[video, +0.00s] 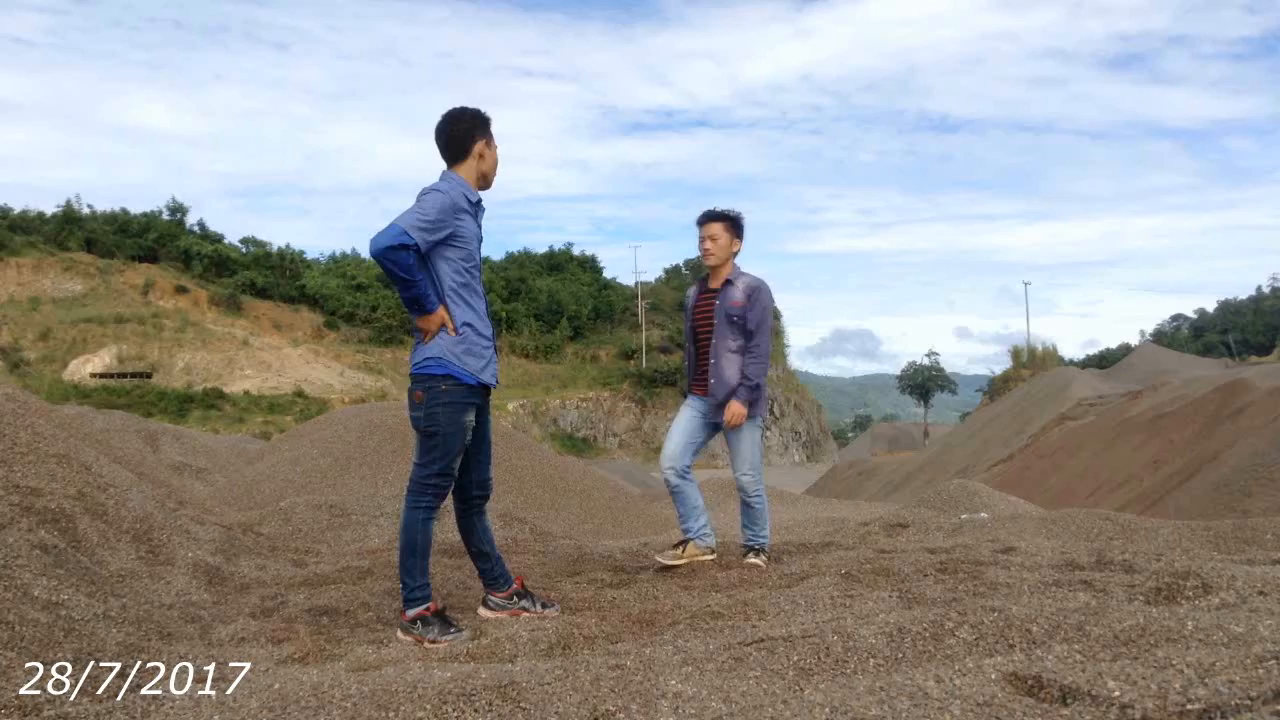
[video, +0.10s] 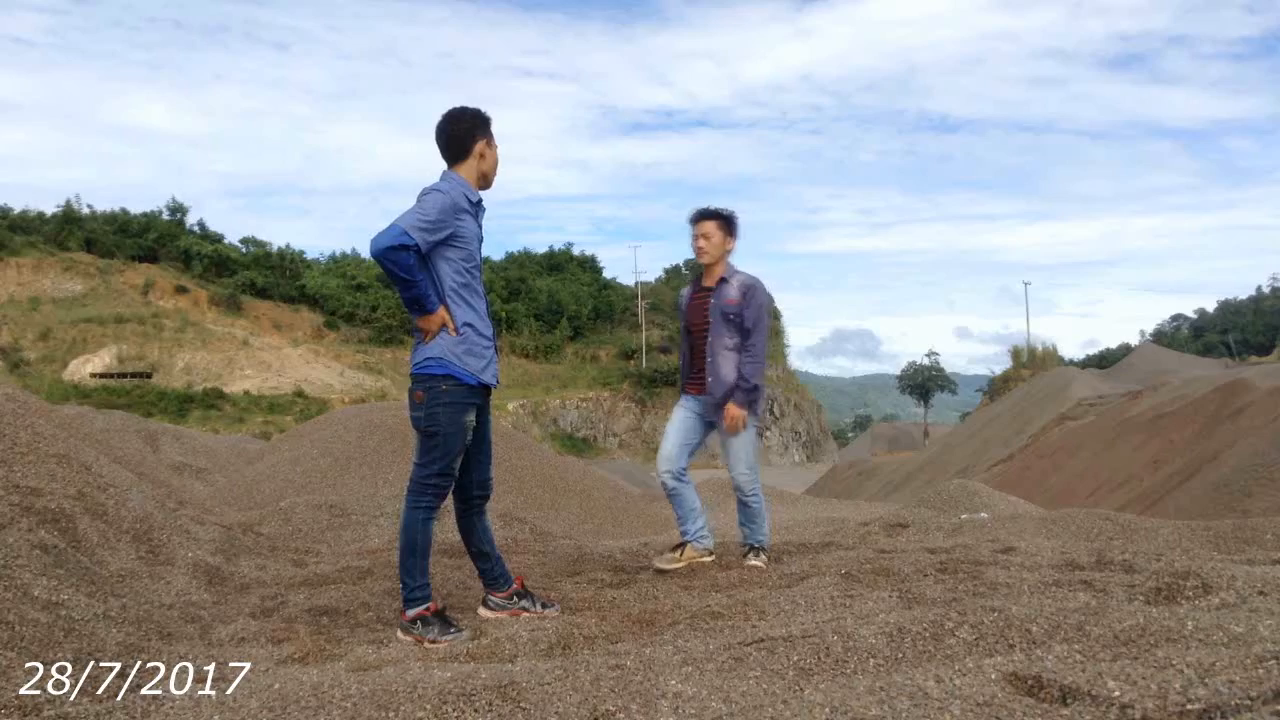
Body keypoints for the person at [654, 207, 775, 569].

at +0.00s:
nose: (705, 246)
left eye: (714, 239)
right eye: (702, 239)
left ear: (735, 244)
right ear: (699, 244)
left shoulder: (753, 290)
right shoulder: (694, 293)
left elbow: (760, 350)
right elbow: (692, 347)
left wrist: (743, 397)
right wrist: (694, 390)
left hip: (741, 400)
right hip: (700, 399)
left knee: (748, 479)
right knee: (672, 465)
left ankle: (756, 548)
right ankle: (699, 542)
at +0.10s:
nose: (699, 244)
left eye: (707, 238)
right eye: (696, 238)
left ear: (729, 242)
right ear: (693, 243)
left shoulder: (749, 289)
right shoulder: (688, 294)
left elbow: (756, 350)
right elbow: (689, 347)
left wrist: (741, 399)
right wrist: (688, 392)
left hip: (734, 400)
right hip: (694, 399)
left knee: (744, 480)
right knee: (669, 469)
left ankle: (756, 547)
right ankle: (698, 543)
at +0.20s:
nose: (691, 239)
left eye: (699, 232)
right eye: (687, 233)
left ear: (720, 236)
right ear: (683, 238)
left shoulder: (741, 282)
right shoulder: (681, 290)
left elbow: (752, 341)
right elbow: (679, 338)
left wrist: (742, 392)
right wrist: (677, 378)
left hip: (726, 394)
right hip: (686, 395)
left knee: (737, 473)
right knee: (671, 471)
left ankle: (755, 540)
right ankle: (696, 545)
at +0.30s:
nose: (685, 232)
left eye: (693, 224)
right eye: (680, 226)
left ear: (713, 228)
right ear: (676, 232)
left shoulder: (734, 273)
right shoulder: (672, 282)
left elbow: (748, 331)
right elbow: (664, 339)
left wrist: (743, 380)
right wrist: (659, 390)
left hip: (724, 387)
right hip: (681, 389)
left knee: (732, 462)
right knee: (680, 468)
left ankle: (747, 529)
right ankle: (694, 545)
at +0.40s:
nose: (681, 229)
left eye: (689, 222)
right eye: (676, 223)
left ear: (709, 225)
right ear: (672, 228)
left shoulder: (731, 269)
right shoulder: (666, 277)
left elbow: (747, 326)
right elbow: (650, 334)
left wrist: (742, 372)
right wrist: (638, 380)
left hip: (723, 382)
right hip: (681, 385)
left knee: (730, 458)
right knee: (690, 467)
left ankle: (745, 534)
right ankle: (695, 546)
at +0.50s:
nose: (678, 230)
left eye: (686, 223)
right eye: (673, 224)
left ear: (706, 226)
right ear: (669, 230)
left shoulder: (728, 271)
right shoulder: (665, 279)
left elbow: (746, 327)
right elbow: (645, 333)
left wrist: (742, 374)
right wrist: (627, 375)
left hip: (721, 385)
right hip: (680, 388)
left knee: (730, 465)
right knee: (693, 469)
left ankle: (747, 546)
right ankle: (696, 546)